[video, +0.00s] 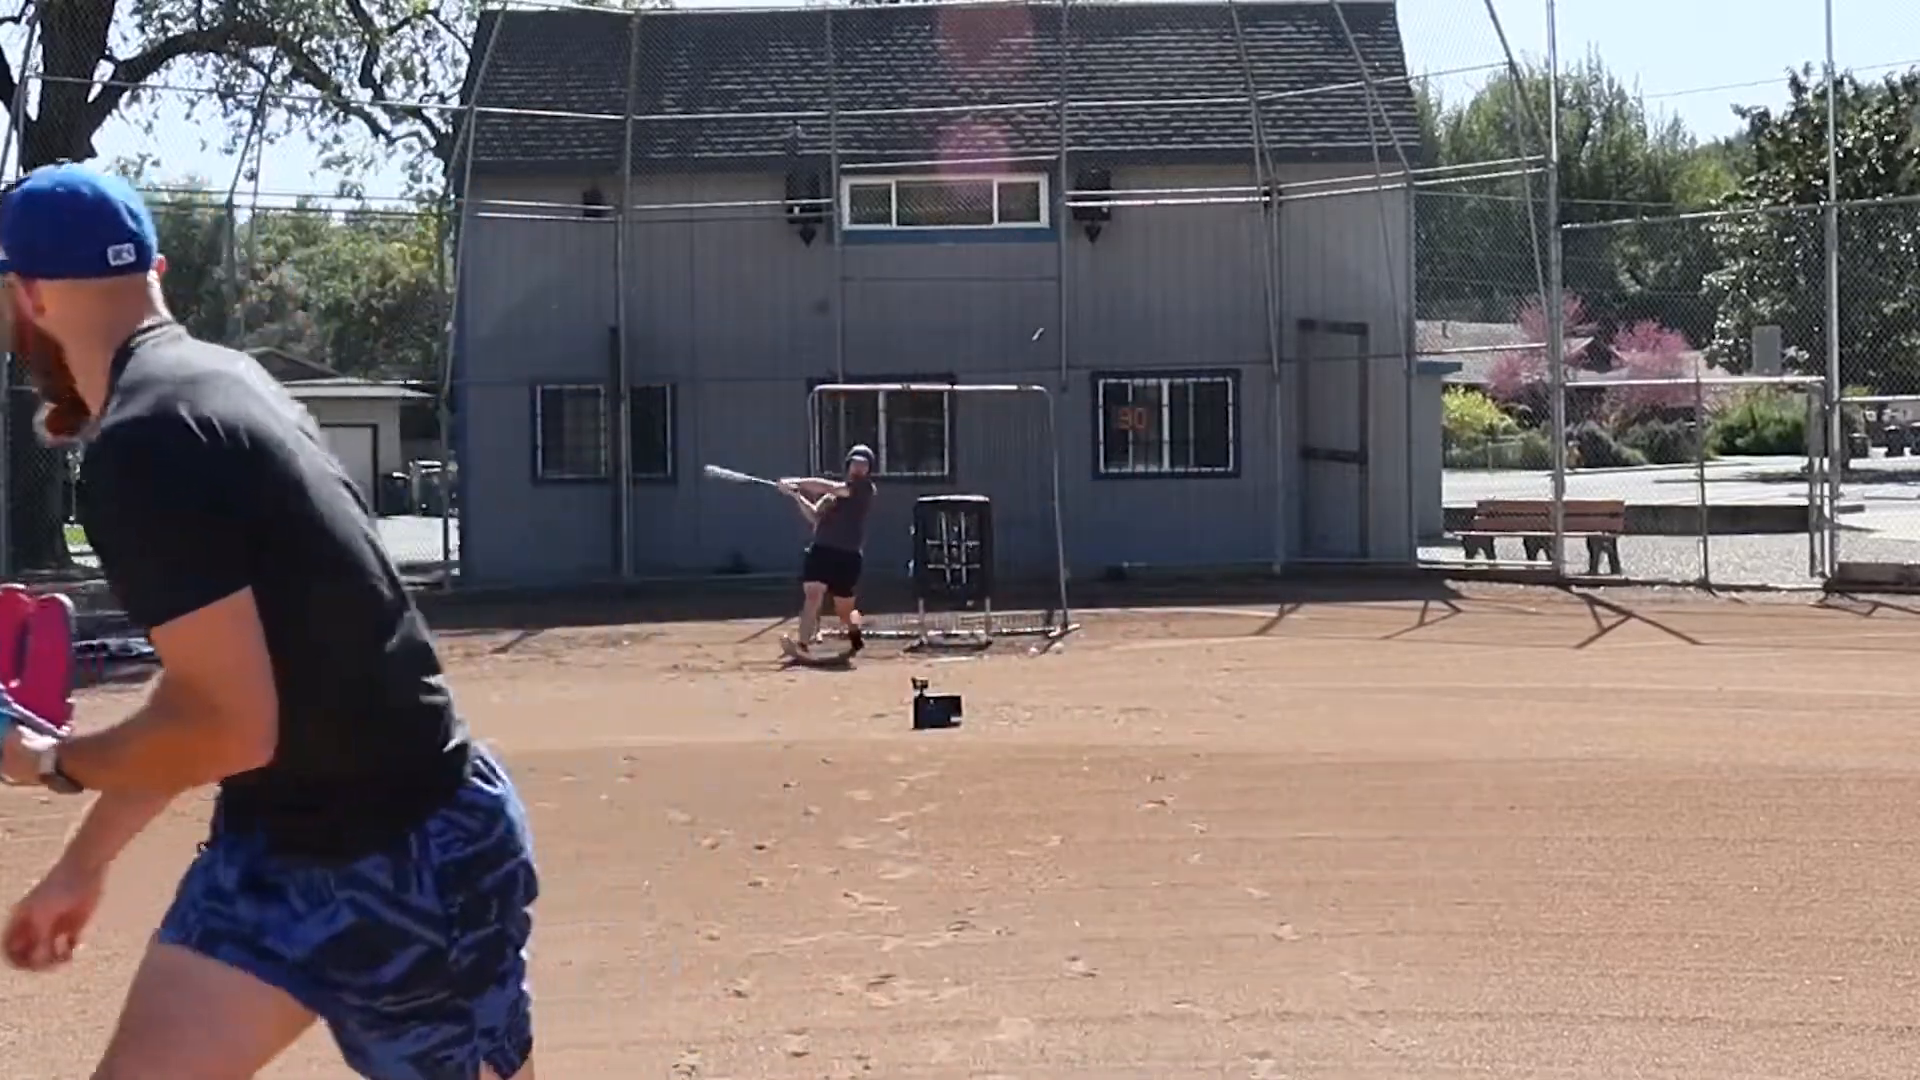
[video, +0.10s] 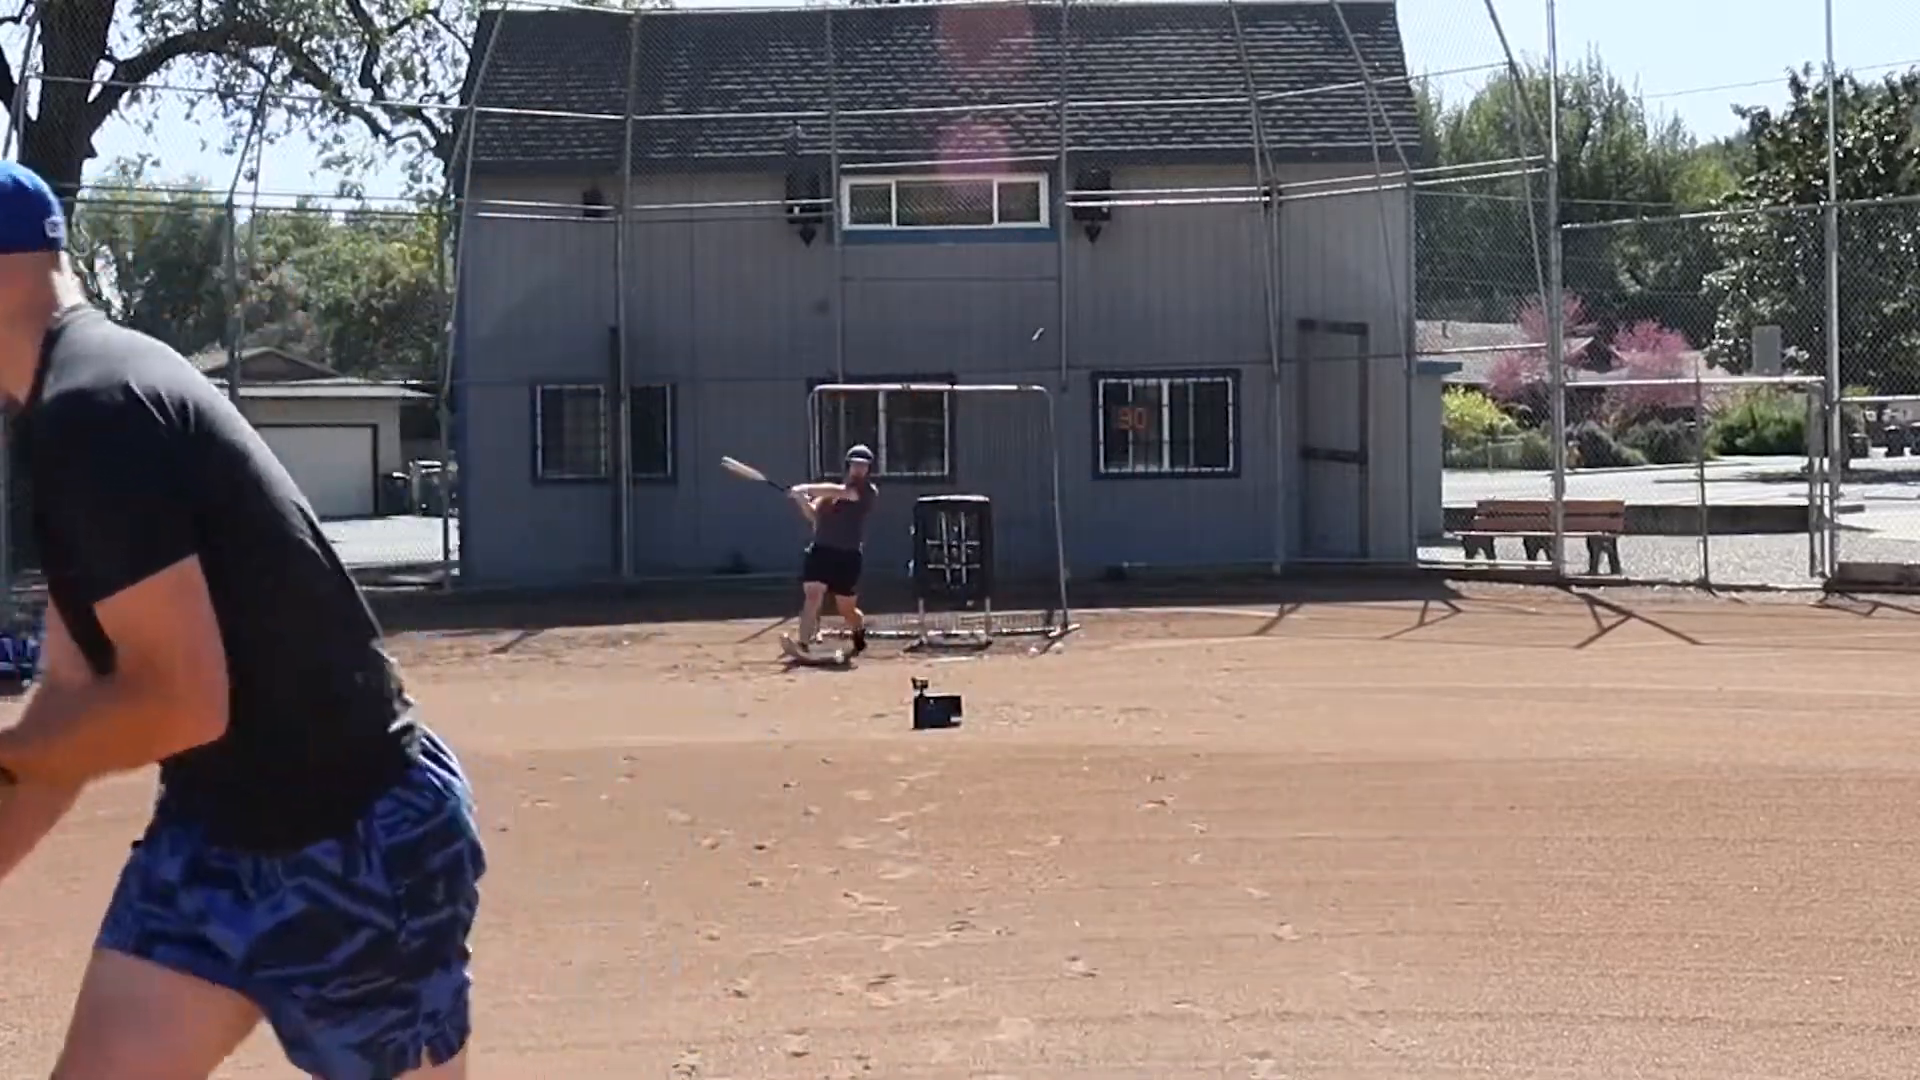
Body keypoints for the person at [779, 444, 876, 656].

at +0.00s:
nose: (858, 469)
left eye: (863, 465)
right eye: (855, 464)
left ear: (868, 469)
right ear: (848, 465)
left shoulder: (865, 489)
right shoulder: (836, 491)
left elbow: (830, 488)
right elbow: (815, 515)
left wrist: (797, 482)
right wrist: (795, 494)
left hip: (847, 553)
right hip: (822, 548)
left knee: (845, 610)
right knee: (813, 595)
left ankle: (854, 631)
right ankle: (803, 643)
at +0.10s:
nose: (858, 470)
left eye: (863, 466)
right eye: (854, 465)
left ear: (868, 469)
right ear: (848, 466)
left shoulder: (868, 492)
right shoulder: (832, 489)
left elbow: (840, 492)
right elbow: (813, 514)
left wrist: (805, 489)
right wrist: (800, 499)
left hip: (848, 551)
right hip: (821, 547)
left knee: (845, 607)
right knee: (813, 594)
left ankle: (858, 629)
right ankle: (803, 642)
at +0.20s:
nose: (853, 448)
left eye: (853, 444)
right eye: (849, 443)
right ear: (839, 444)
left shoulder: (844, 475)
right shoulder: (828, 474)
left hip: (830, 532)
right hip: (824, 533)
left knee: (855, 581)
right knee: (856, 581)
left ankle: (837, 627)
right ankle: (834, 626)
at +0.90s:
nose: (856, 464)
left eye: (857, 459)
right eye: (852, 459)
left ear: (844, 460)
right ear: (841, 459)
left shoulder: (824, 478)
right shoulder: (844, 481)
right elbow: (867, 507)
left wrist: (851, 489)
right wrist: (861, 488)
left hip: (823, 546)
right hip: (816, 547)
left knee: (852, 593)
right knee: (839, 599)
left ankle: (836, 636)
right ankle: (813, 645)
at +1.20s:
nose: (849, 455)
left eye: (849, 451)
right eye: (846, 450)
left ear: (827, 450)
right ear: (836, 450)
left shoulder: (817, 471)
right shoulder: (832, 473)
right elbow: (852, 515)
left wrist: (852, 503)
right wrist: (863, 507)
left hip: (824, 541)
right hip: (822, 543)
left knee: (850, 591)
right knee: (839, 598)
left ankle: (837, 635)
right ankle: (812, 643)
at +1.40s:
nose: (848, 455)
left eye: (847, 451)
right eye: (845, 451)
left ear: (828, 451)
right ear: (836, 451)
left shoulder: (823, 472)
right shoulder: (828, 476)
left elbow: (846, 506)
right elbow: (833, 516)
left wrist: (854, 528)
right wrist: (853, 534)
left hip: (828, 540)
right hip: (823, 541)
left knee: (849, 590)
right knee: (838, 596)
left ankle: (837, 634)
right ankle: (812, 643)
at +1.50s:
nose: (848, 455)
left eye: (848, 450)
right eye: (845, 450)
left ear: (828, 450)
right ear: (837, 451)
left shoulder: (820, 471)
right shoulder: (828, 476)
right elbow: (827, 515)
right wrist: (847, 540)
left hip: (828, 538)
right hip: (824, 539)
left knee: (849, 590)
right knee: (837, 594)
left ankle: (836, 634)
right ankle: (812, 642)